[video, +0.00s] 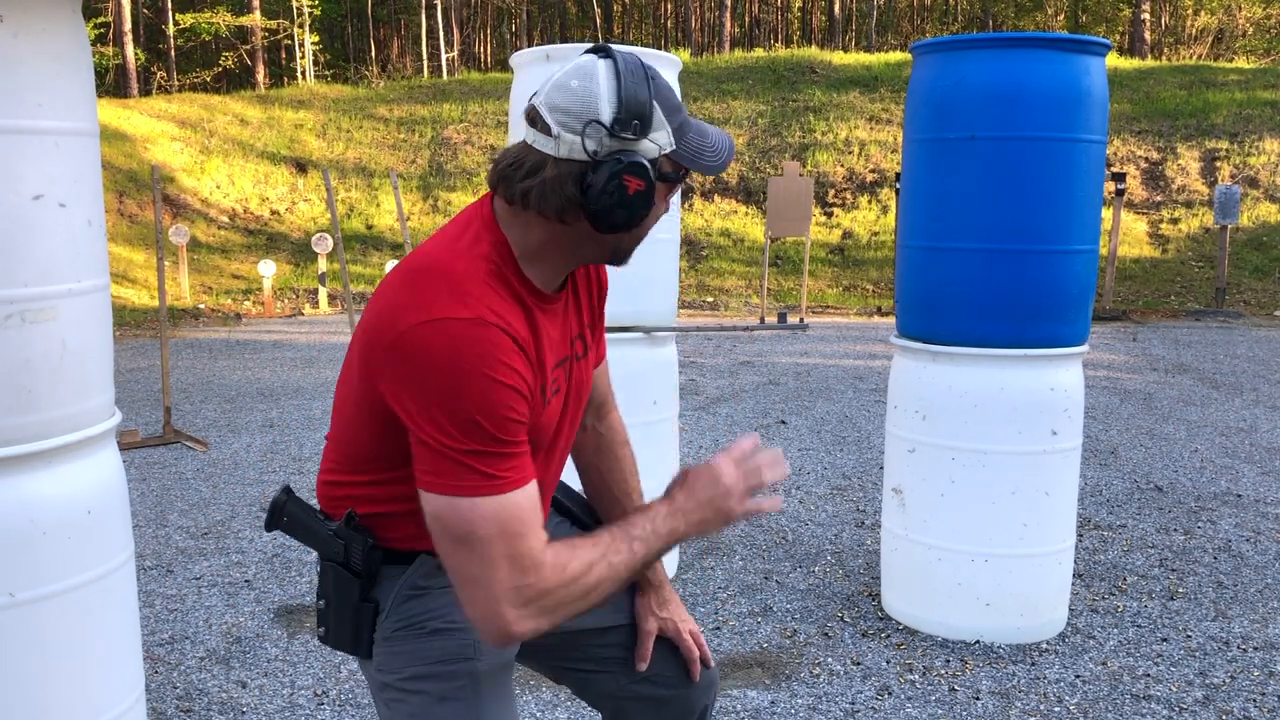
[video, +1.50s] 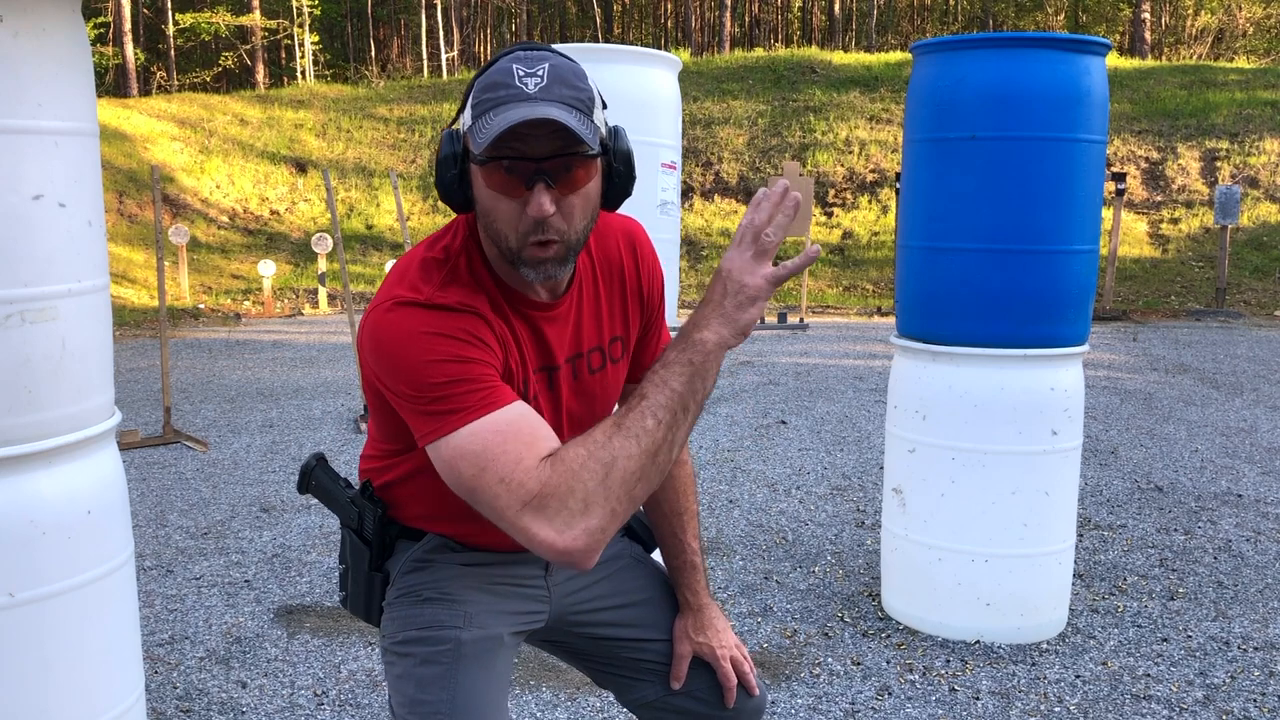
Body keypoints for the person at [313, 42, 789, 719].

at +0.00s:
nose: (671, 204)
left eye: (674, 186)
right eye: (669, 186)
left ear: (616, 191)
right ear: (619, 193)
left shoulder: (570, 256)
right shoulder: (457, 328)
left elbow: (595, 419)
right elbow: (510, 605)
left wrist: (647, 573)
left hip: (518, 518)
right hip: (411, 562)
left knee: (674, 685)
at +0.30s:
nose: (661, 197)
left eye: (661, 171)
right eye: (641, 170)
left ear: (552, 180)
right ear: (551, 174)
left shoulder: (560, 259)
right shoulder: (463, 338)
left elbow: (583, 417)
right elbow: (628, 558)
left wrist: (635, 574)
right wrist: (665, 359)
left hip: (530, 544)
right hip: (425, 585)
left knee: (670, 688)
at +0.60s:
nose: (525, 222)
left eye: (548, 184)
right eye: (495, 187)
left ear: (588, 180)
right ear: (446, 182)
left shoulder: (606, 253)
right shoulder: (410, 339)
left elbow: (640, 429)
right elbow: (594, 539)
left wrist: (681, 590)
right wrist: (704, 335)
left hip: (565, 551)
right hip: (440, 575)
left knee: (715, 697)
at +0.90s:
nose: (548, 211)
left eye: (572, 177)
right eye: (518, 180)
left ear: (610, 173)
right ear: (471, 177)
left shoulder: (628, 253)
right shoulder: (418, 332)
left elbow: (656, 420)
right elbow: (443, 600)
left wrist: (696, 590)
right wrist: (667, 558)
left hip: (569, 532)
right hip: (449, 568)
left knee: (731, 697)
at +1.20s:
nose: (554, 213)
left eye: (580, 178)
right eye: (526, 179)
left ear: (618, 180)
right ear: (482, 179)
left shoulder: (636, 263)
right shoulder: (419, 328)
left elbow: (662, 431)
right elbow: (487, 582)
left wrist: (699, 600)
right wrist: (641, 399)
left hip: (583, 545)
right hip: (447, 567)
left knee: (730, 700)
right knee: (458, 706)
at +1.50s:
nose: (542, 207)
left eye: (567, 170)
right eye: (511, 170)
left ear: (605, 172)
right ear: (465, 172)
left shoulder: (624, 250)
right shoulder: (415, 317)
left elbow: (657, 436)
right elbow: (562, 523)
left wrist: (694, 594)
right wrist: (711, 329)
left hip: (592, 557)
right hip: (449, 565)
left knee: (729, 703)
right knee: (458, 705)